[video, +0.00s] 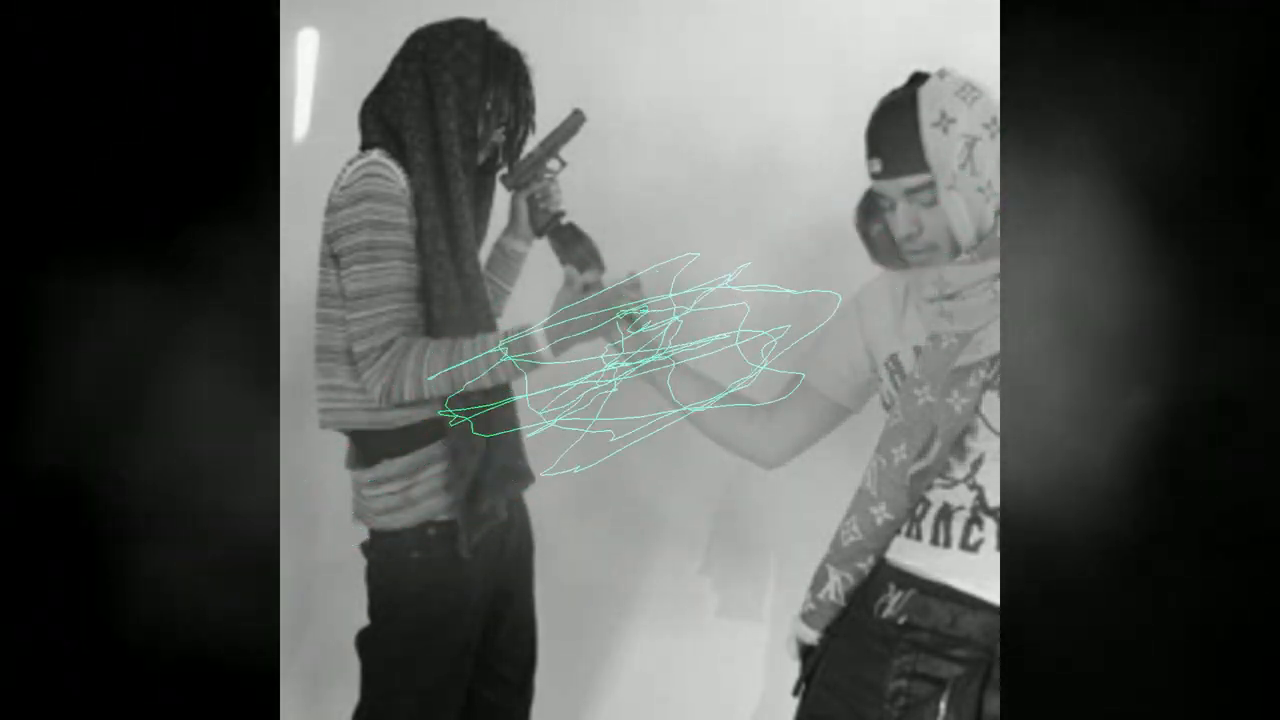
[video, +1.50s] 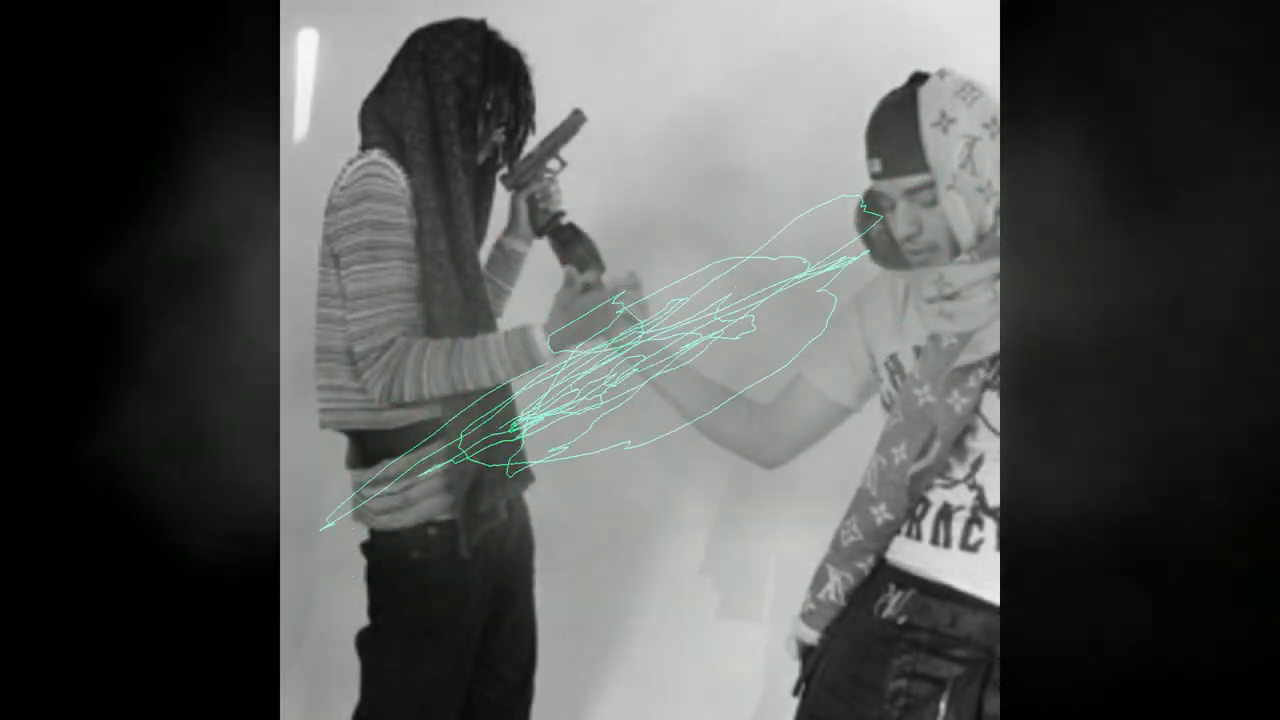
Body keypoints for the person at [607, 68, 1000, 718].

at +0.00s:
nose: (903, 227)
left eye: (925, 198)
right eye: (885, 204)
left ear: (981, 182)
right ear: (873, 204)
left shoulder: (1043, 287)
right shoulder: (894, 300)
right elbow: (770, 436)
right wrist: (638, 346)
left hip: (1005, 641)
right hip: (884, 615)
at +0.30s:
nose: (906, 229)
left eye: (924, 199)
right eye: (889, 207)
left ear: (983, 187)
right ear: (878, 211)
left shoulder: (1046, 296)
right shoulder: (898, 306)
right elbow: (768, 436)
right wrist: (634, 338)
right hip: (885, 614)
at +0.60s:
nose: (903, 228)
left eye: (925, 198)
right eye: (884, 204)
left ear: (984, 184)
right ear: (872, 203)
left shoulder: (1044, 290)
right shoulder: (893, 302)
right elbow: (769, 436)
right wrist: (631, 335)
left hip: (1003, 642)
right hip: (881, 620)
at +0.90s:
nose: (903, 227)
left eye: (925, 199)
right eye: (886, 204)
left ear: (980, 186)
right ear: (874, 206)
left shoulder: (1031, 297)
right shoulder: (893, 308)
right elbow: (768, 436)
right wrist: (640, 345)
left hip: (995, 643)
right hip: (876, 619)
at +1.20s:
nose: (903, 226)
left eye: (925, 196)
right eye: (887, 204)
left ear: (987, 186)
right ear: (878, 209)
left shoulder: (1043, 295)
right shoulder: (896, 302)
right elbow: (767, 436)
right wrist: (639, 345)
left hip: (993, 643)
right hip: (877, 613)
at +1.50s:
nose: (904, 227)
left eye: (926, 198)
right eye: (885, 205)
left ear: (981, 184)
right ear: (872, 203)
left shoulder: (1039, 287)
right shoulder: (890, 304)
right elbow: (769, 435)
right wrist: (635, 339)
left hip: (1004, 639)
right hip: (889, 615)